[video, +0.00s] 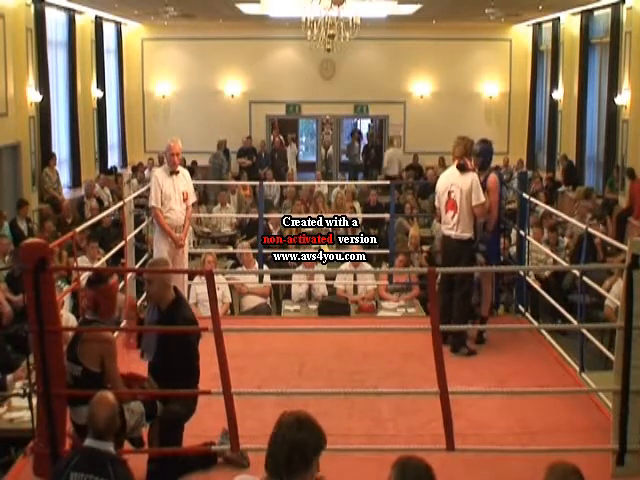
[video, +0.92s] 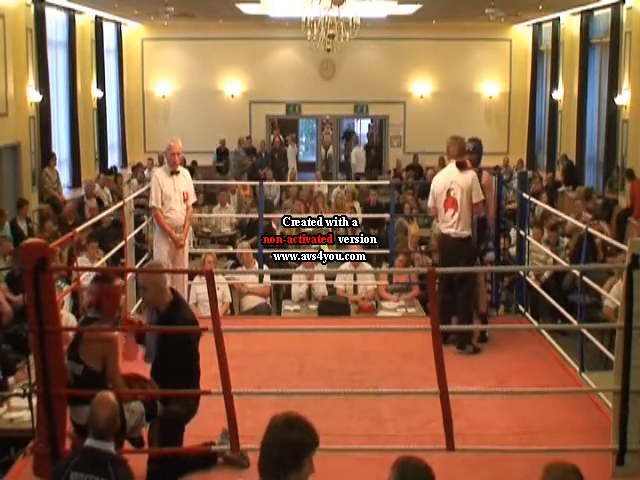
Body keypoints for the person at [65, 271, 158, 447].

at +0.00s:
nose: (116, 300)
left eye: (115, 293)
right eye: (112, 294)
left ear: (91, 298)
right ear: (98, 298)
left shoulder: (83, 327)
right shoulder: (104, 337)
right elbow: (116, 390)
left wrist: (129, 384)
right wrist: (138, 395)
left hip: (77, 411)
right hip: (93, 415)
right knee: (152, 406)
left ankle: (133, 430)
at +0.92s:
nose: (120, 301)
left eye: (119, 295)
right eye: (117, 295)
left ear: (94, 298)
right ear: (104, 299)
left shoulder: (83, 325)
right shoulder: (108, 336)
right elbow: (117, 388)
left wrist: (129, 384)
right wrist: (139, 396)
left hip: (76, 410)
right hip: (94, 415)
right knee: (153, 406)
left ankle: (133, 430)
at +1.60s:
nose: (120, 305)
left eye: (121, 299)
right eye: (117, 299)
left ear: (95, 300)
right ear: (103, 301)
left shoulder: (83, 328)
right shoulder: (105, 339)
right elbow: (117, 390)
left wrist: (131, 385)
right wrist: (143, 395)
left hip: (77, 411)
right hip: (93, 416)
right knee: (153, 406)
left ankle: (133, 430)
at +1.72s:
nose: (122, 305)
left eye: (121, 299)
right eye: (118, 300)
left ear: (95, 300)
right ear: (101, 301)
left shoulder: (85, 326)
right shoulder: (106, 338)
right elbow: (117, 390)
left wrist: (124, 381)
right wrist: (139, 394)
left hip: (77, 410)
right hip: (94, 414)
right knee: (151, 407)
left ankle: (132, 429)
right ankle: (131, 430)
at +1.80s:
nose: (122, 304)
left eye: (122, 299)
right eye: (118, 299)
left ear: (95, 300)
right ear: (100, 301)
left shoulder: (85, 325)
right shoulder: (107, 337)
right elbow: (118, 391)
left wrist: (129, 378)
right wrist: (139, 395)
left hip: (77, 410)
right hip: (94, 415)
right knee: (152, 407)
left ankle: (132, 429)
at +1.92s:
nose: (121, 305)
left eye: (122, 299)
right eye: (117, 300)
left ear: (97, 300)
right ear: (100, 301)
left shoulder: (85, 324)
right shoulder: (106, 336)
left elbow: (102, 377)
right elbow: (119, 391)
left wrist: (129, 381)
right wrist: (140, 395)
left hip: (77, 408)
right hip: (92, 414)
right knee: (153, 407)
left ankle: (133, 429)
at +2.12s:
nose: (122, 306)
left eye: (122, 300)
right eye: (117, 300)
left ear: (97, 300)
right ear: (101, 300)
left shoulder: (86, 324)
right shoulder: (108, 337)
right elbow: (118, 390)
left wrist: (128, 381)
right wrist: (140, 395)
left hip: (77, 409)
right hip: (93, 414)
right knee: (152, 407)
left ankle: (133, 429)